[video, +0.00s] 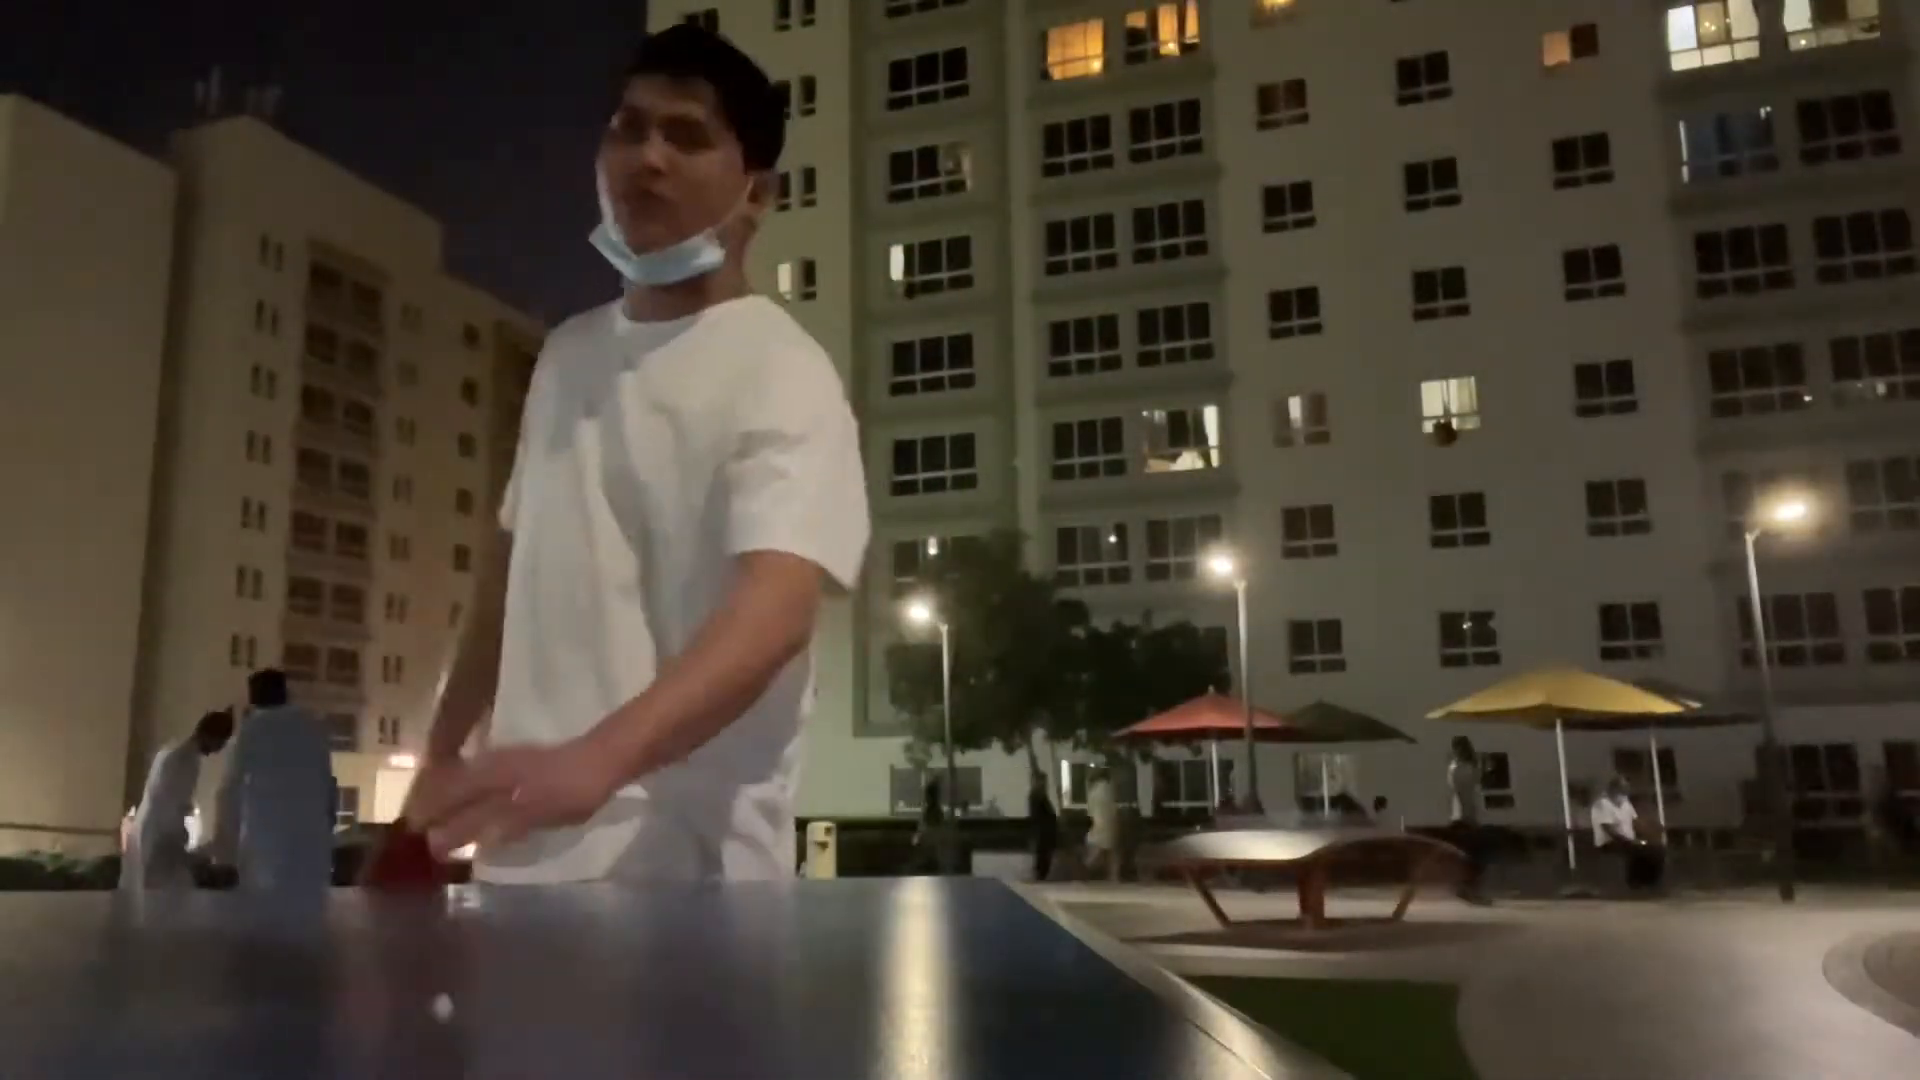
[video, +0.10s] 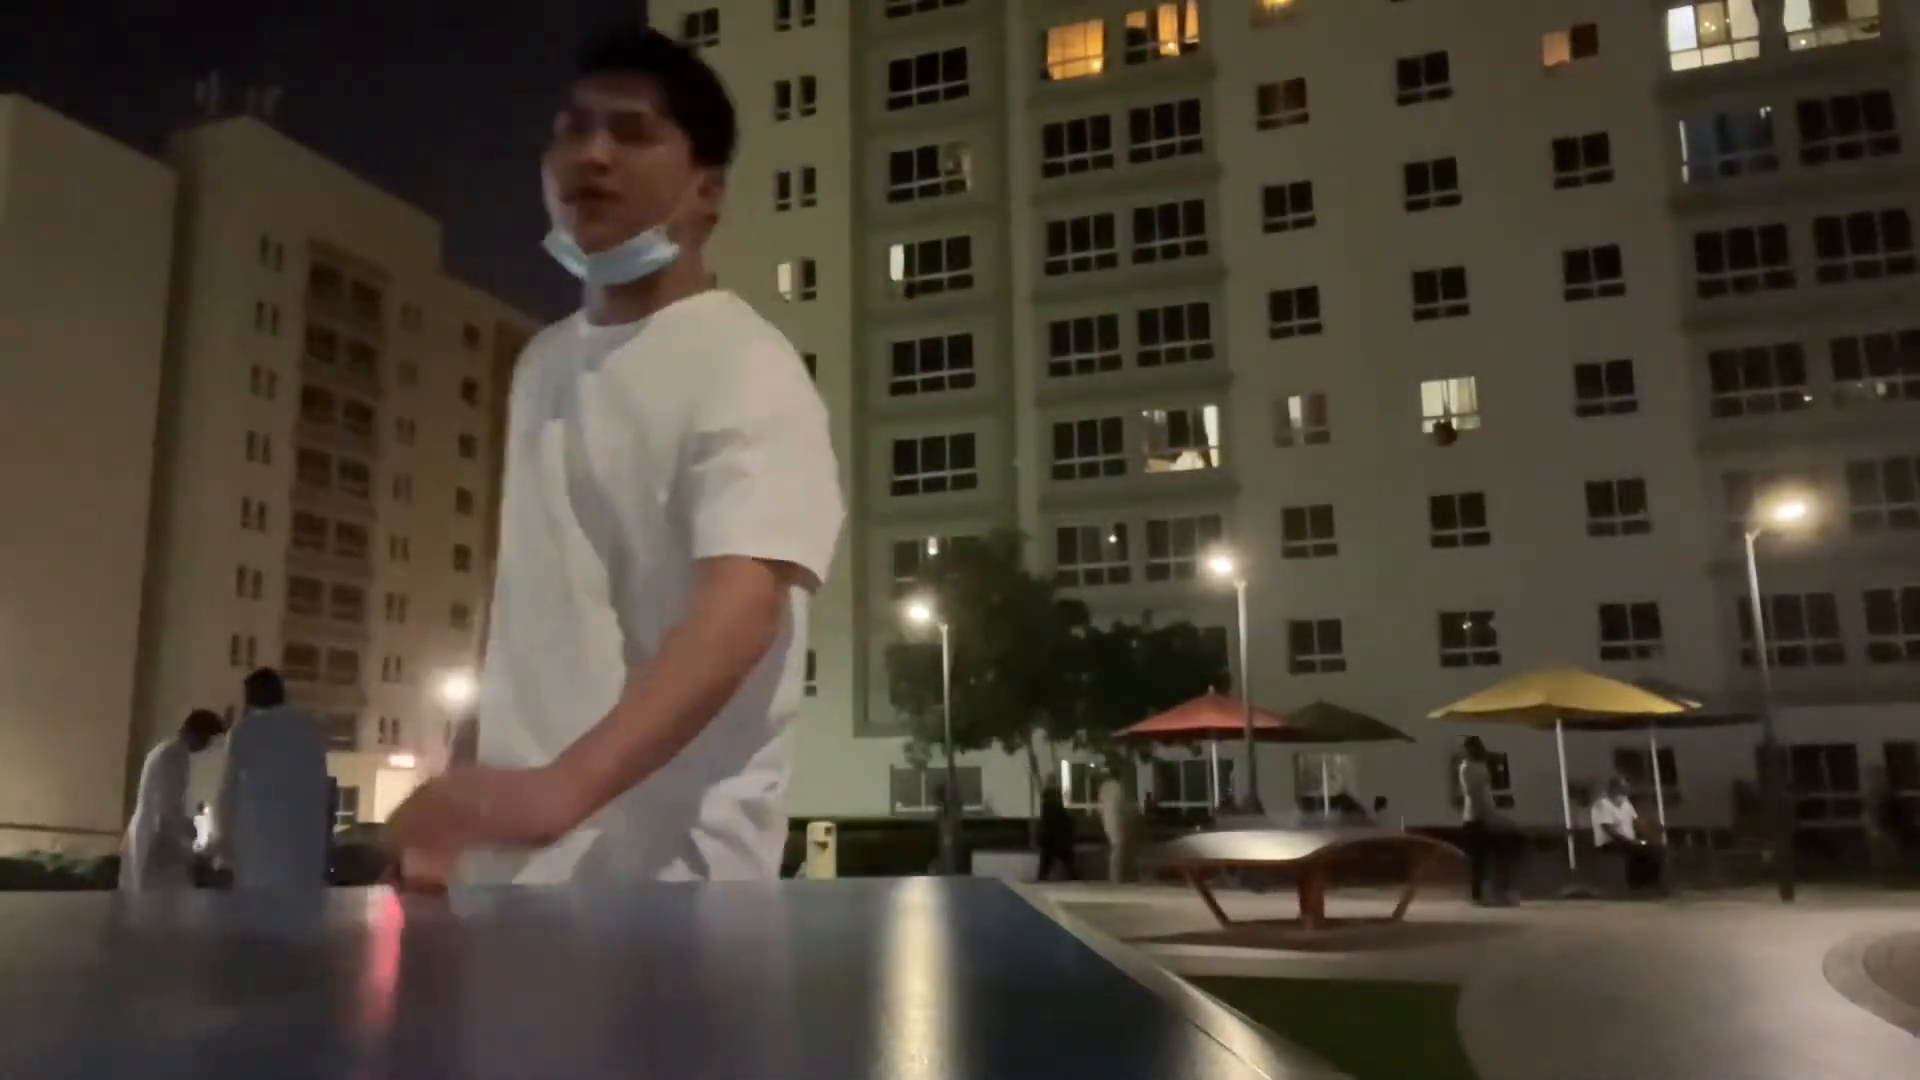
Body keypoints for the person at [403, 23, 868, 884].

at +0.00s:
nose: (645, 157)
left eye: (686, 136)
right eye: (628, 129)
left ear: (755, 190)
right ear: (600, 158)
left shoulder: (779, 369)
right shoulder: (570, 353)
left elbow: (774, 611)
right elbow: (512, 572)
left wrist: (594, 761)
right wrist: (444, 752)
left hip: (686, 865)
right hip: (522, 852)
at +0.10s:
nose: (591, 155)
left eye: (632, 132)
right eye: (573, 128)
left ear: (707, 191)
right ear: (545, 165)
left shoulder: (744, 366)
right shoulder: (546, 363)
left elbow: (735, 619)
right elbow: (525, 601)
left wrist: (560, 788)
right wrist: (463, 791)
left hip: (667, 870)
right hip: (512, 861)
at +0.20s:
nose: (520, 172)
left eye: (561, 146)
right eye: (500, 145)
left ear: (636, 200)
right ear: (476, 180)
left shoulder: (686, 371)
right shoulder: (471, 385)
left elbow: (704, 611)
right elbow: (469, 619)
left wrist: (544, 781)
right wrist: (421, 791)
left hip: (632, 866)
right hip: (469, 856)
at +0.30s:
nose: (455, 187)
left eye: (489, 163)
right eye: (431, 166)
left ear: (562, 206)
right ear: (408, 199)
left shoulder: (634, 381)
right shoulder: (389, 396)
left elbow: (652, 617)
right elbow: (348, 603)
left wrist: (535, 795)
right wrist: (299, 763)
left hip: (600, 847)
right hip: (418, 845)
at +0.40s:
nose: (426, 195)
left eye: (462, 169)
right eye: (404, 171)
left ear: (537, 213)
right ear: (380, 203)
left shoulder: (613, 385)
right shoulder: (361, 398)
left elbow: (628, 619)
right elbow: (293, 597)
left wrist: (517, 786)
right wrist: (219, 765)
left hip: (584, 850)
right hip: (400, 849)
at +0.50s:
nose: (399, 212)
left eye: (434, 180)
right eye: (380, 187)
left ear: (519, 214)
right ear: (364, 214)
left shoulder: (606, 382)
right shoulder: (379, 411)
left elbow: (598, 608)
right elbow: (309, 598)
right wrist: (166, 678)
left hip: (572, 869)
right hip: (400, 872)